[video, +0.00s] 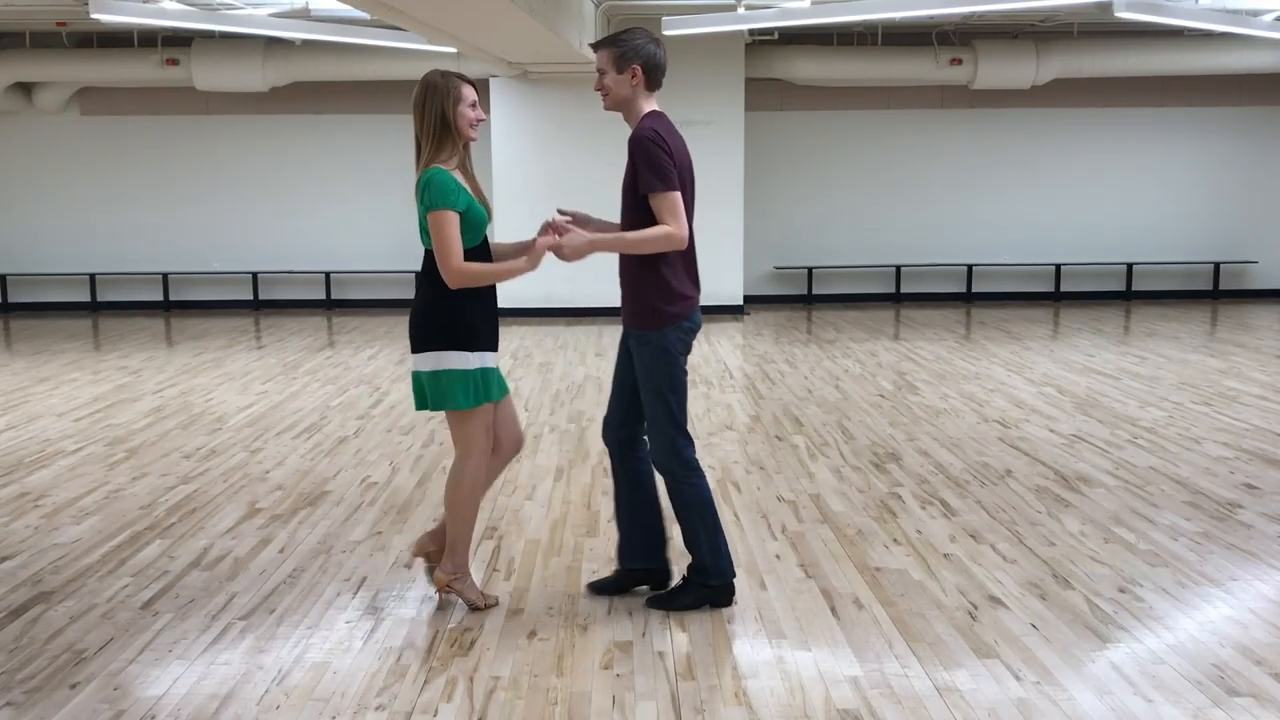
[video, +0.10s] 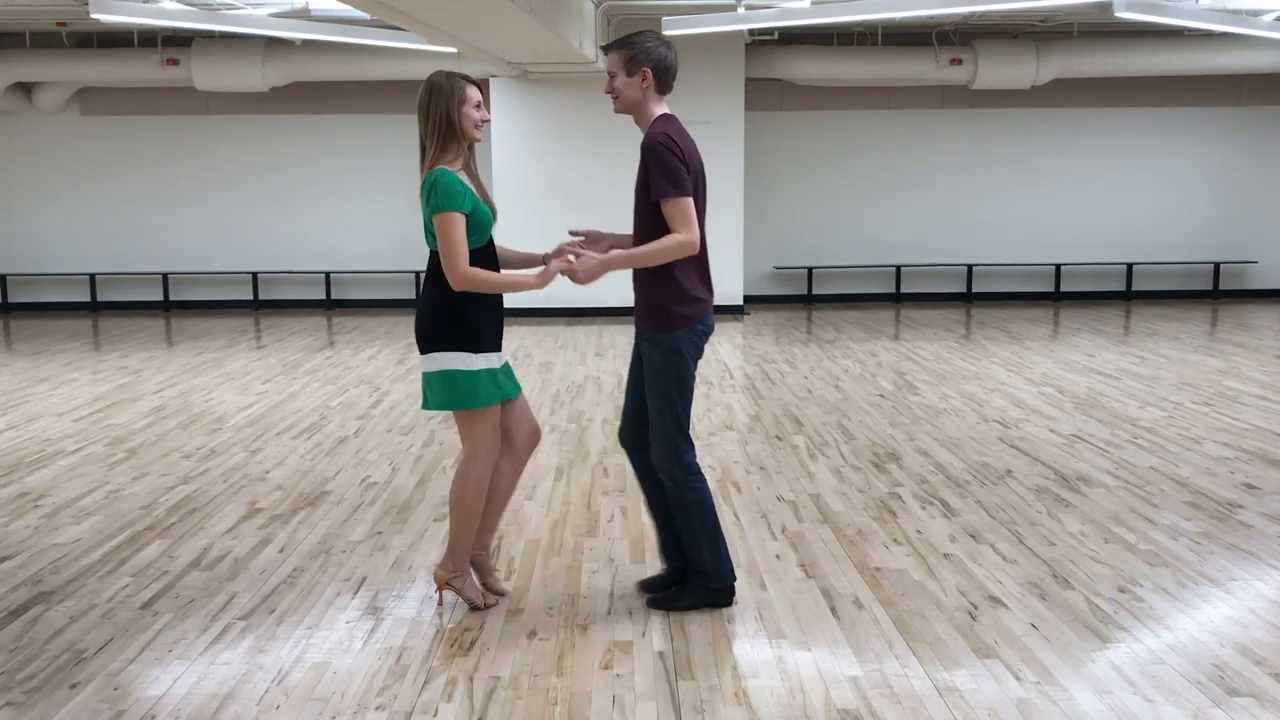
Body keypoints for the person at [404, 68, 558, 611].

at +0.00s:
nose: (480, 114)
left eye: (478, 105)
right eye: (470, 106)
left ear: (463, 113)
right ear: (444, 114)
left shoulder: (459, 178)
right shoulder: (441, 181)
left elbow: (482, 253)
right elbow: (453, 272)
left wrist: (535, 243)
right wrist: (524, 265)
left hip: (469, 334)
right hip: (449, 337)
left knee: (506, 442)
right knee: (473, 453)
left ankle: (440, 537)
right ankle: (455, 569)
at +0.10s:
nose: (483, 114)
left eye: (482, 105)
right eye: (473, 106)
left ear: (472, 113)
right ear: (447, 113)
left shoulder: (462, 178)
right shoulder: (446, 181)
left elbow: (488, 253)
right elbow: (458, 275)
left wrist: (545, 259)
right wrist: (533, 280)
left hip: (476, 335)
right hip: (455, 338)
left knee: (522, 436)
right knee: (482, 449)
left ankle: (479, 549)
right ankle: (453, 565)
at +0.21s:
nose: (488, 113)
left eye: (487, 104)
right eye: (479, 105)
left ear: (469, 113)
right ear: (454, 113)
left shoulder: (468, 176)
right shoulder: (451, 181)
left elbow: (497, 254)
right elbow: (466, 273)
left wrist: (557, 262)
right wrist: (540, 283)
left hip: (483, 332)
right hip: (461, 337)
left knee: (521, 436)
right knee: (498, 445)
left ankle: (487, 551)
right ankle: (457, 560)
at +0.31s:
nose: (491, 113)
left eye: (489, 104)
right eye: (482, 104)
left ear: (470, 112)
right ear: (456, 112)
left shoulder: (468, 175)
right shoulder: (452, 180)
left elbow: (501, 253)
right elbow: (472, 271)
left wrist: (560, 258)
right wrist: (547, 274)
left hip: (479, 326)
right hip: (468, 331)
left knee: (503, 443)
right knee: (515, 444)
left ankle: (484, 552)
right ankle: (468, 554)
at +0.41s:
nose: (491, 113)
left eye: (490, 105)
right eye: (482, 105)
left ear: (472, 113)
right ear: (457, 113)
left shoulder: (469, 176)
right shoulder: (452, 180)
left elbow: (500, 252)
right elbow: (474, 271)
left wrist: (562, 255)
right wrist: (551, 272)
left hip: (478, 330)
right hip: (472, 335)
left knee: (493, 442)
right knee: (523, 442)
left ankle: (484, 552)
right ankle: (470, 550)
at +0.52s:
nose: (491, 112)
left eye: (490, 104)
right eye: (482, 104)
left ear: (473, 112)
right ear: (456, 112)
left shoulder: (469, 175)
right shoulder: (452, 180)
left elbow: (499, 253)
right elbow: (473, 272)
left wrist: (565, 255)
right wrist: (546, 278)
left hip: (482, 326)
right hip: (470, 331)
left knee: (505, 443)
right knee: (512, 445)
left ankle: (484, 553)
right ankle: (465, 557)